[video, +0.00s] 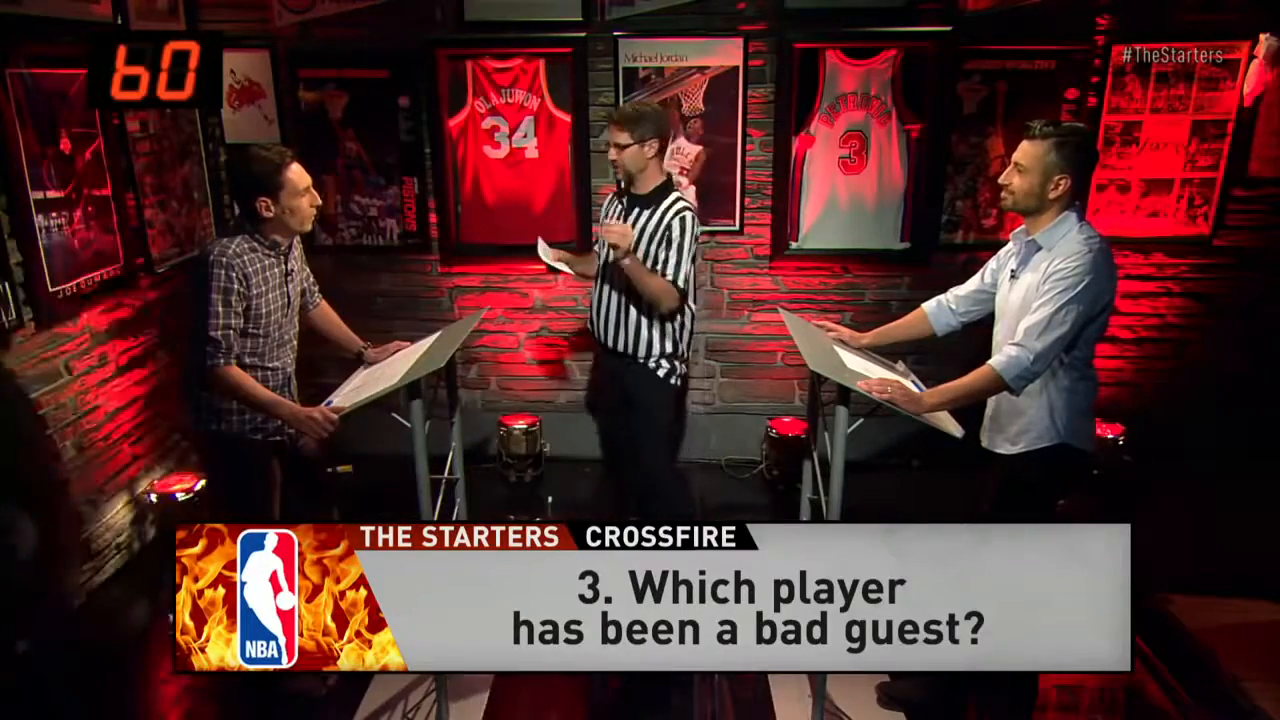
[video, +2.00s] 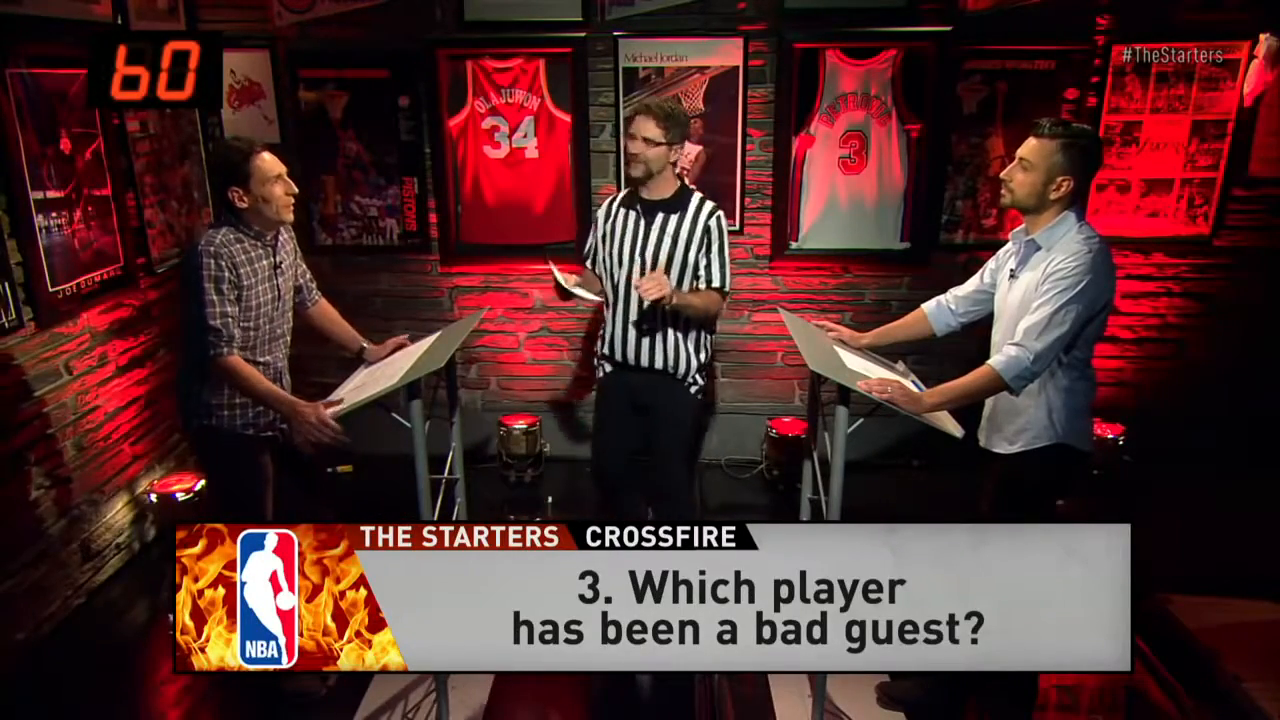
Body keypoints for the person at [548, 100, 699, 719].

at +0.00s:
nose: (612, 157)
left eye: (621, 148)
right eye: (609, 147)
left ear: (654, 148)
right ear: (621, 149)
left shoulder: (677, 214)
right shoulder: (617, 201)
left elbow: (668, 299)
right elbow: (612, 271)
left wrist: (625, 256)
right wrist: (574, 262)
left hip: (654, 373)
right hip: (612, 362)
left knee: (655, 486)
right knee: (618, 481)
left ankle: (674, 570)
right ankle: (629, 563)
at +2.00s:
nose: (633, 147)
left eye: (647, 141)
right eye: (630, 137)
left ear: (675, 151)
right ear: (624, 140)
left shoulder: (706, 217)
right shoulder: (611, 209)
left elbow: (713, 304)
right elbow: (599, 282)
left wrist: (675, 297)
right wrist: (580, 284)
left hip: (677, 383)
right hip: (617, 375)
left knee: (671, 491)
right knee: (610, 482)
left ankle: (675, 572)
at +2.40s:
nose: (695, 151)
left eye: (695, 142)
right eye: (684, 144)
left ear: (687, 149)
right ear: (648, 153)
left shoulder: (709, 212)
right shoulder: (611, 215)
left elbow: (727, 292)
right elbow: (579, 284)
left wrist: (733, 258)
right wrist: (602, 303)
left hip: (686, 379)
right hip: (626, 380)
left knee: (675, 492)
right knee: (623, 490)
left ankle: (671, 585)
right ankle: (616, 585)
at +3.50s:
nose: (628, 162)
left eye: (638, 154)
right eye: (627, 152)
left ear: (675, 158)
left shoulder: (717, 222)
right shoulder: (616, 211)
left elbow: (732, 303)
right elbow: (599, 275)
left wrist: (679, 321)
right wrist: (600, 300)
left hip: (682, 385)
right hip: (620, 380)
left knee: (675, 493)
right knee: (612, 487)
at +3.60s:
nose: (628, 161)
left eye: (640, 153)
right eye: (627, 150)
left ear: (675, 158)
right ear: (625, 149)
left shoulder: (712, 221)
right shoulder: (616, 211)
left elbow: (728, 305)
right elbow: (598, 279)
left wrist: (673, 324)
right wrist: (593, 297)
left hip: (681, 385)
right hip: (619, 379)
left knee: (675, 494)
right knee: (611, 489)